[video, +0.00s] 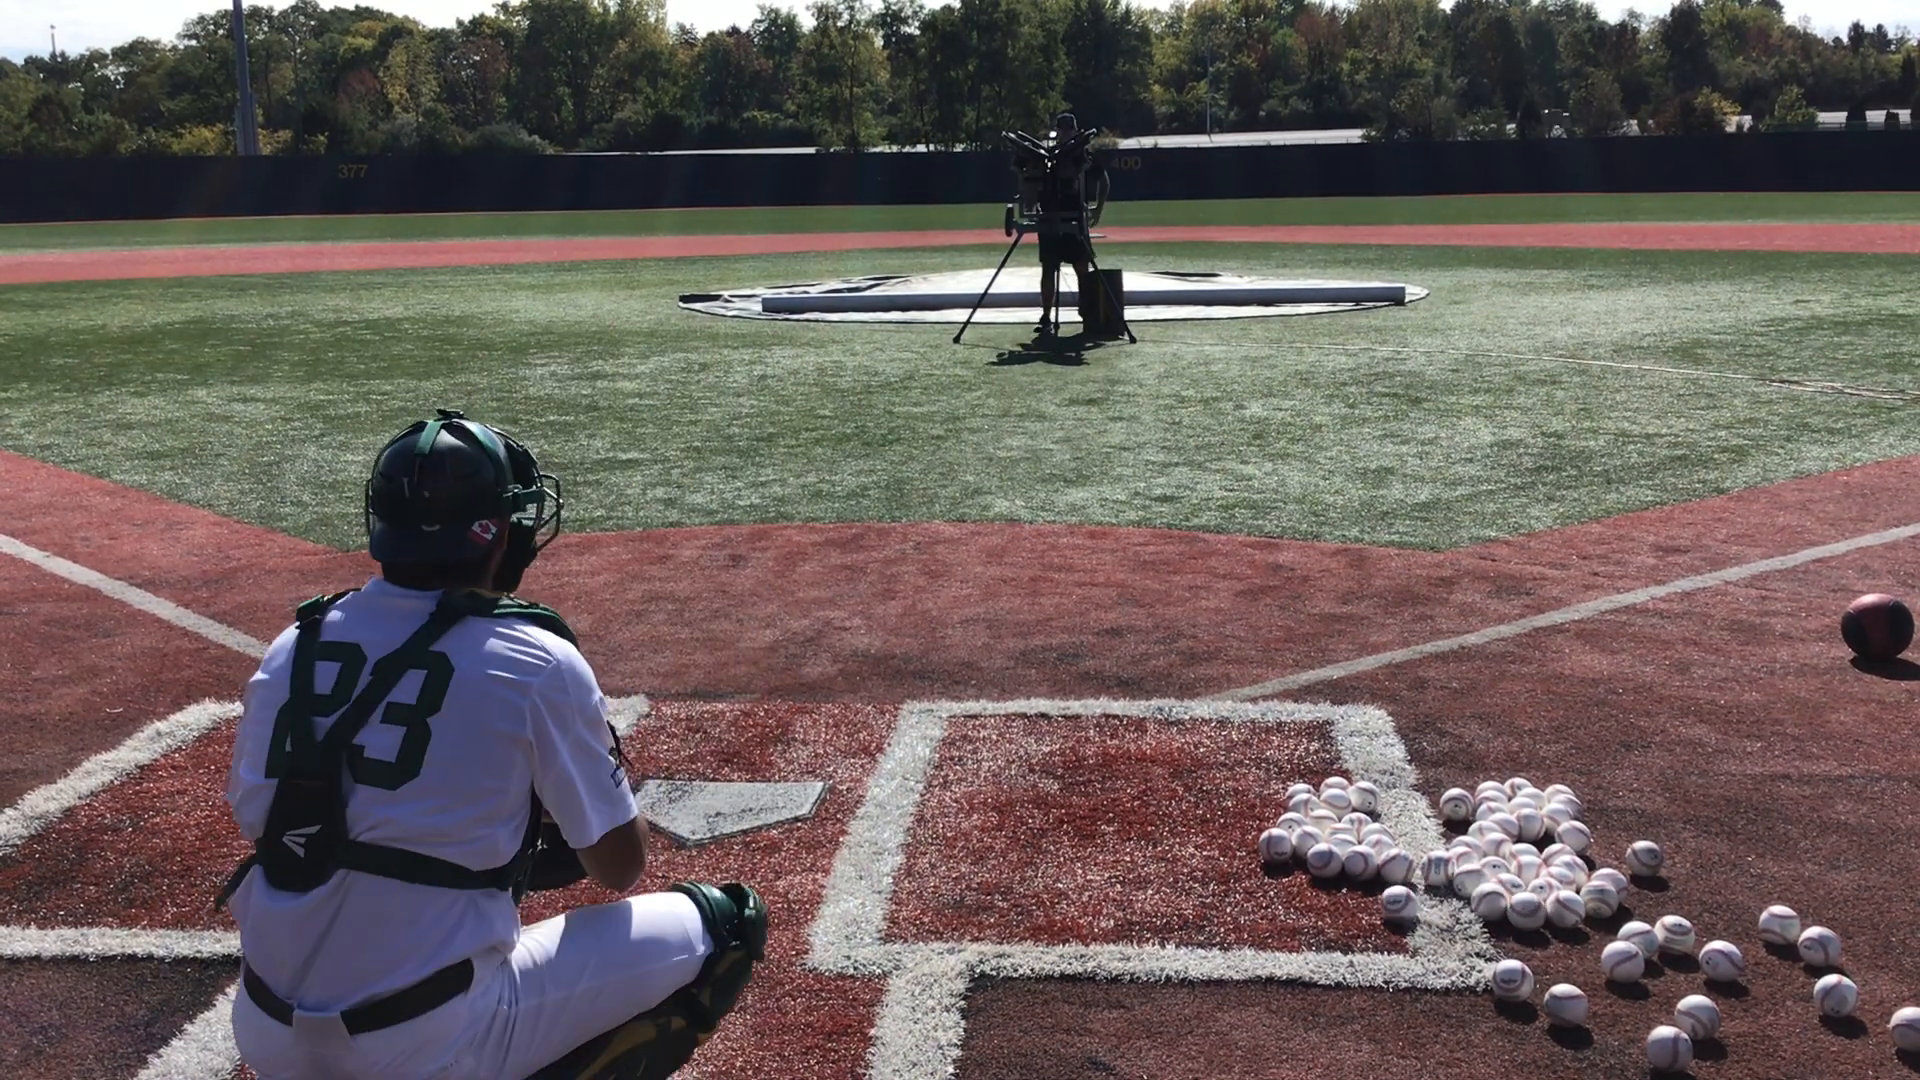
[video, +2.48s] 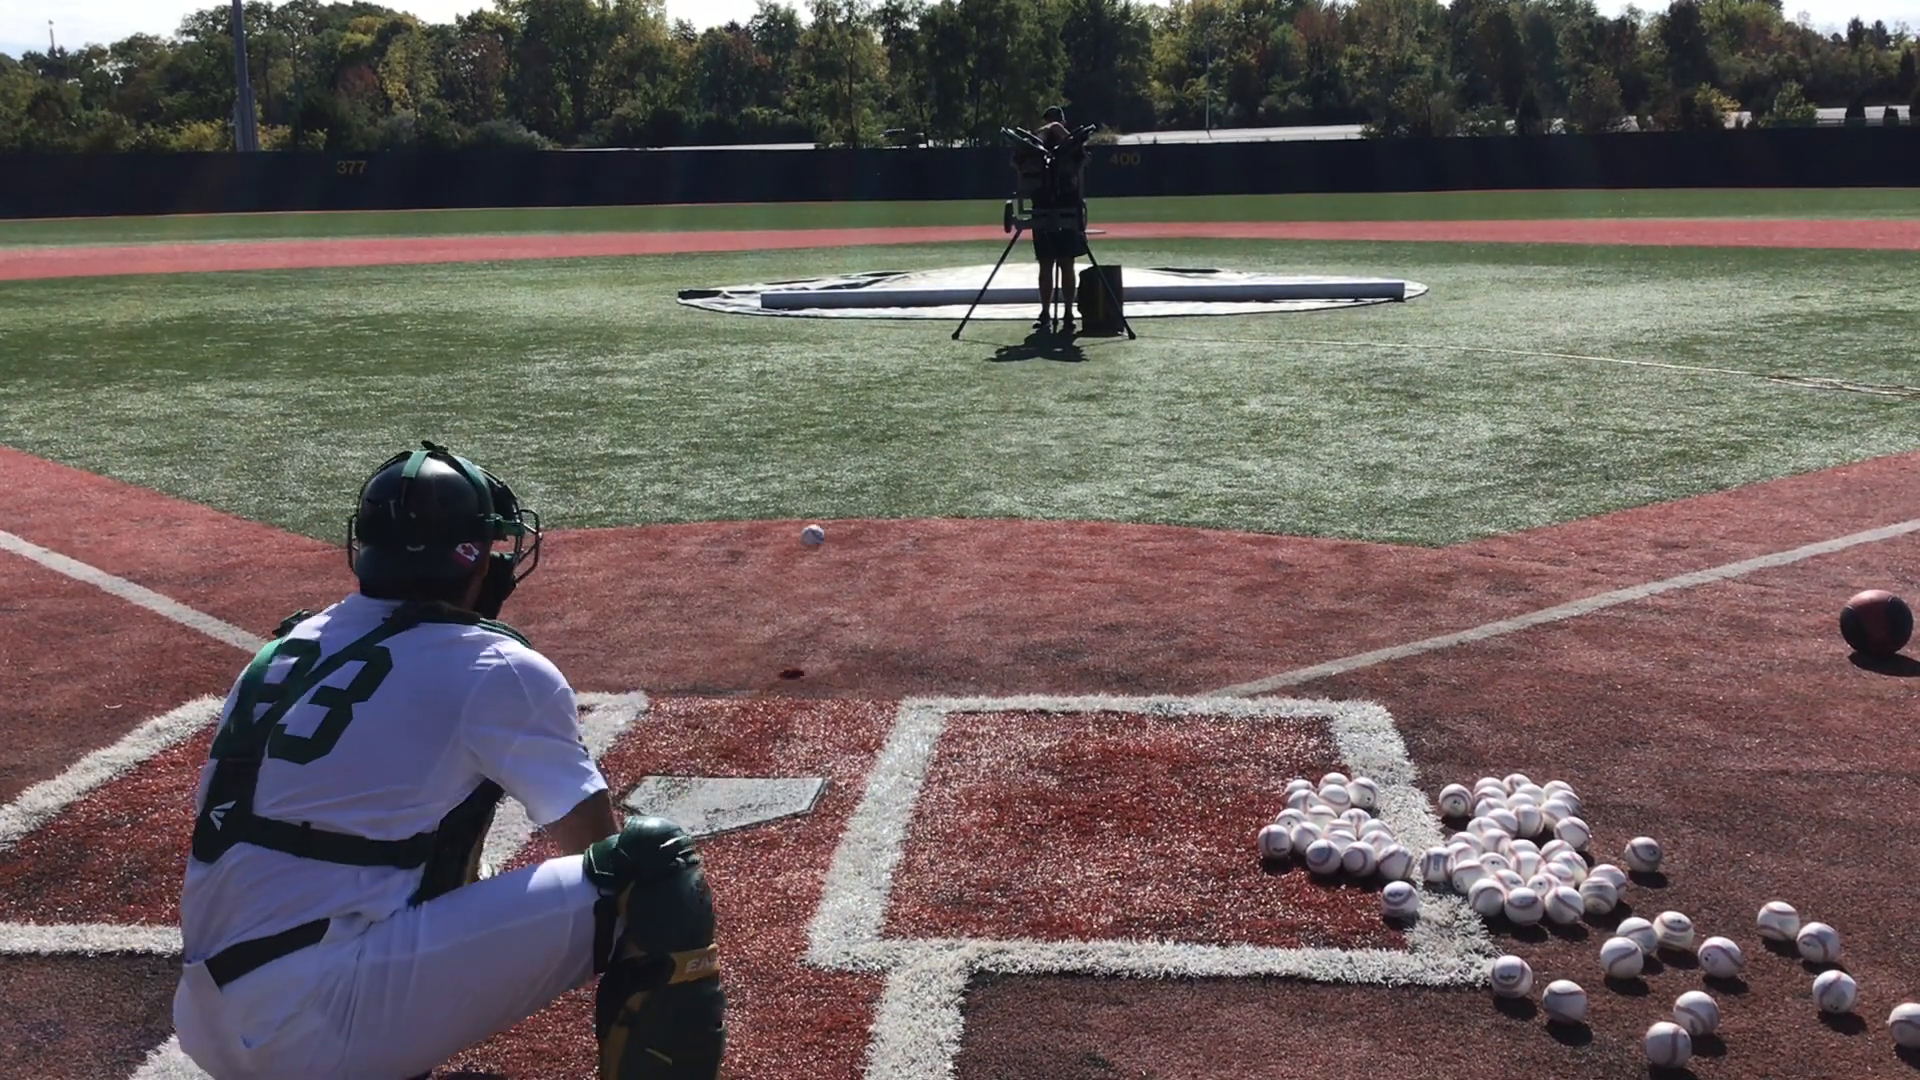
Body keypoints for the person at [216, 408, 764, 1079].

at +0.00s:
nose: (526, 534)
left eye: (521, 517)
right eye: (518, 519)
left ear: (384, 527)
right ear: (493, 540)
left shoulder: (293, 647)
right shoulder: (535, 663)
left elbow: (253, 818)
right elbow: (617, 867)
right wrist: (606, 772)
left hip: (266, 1036)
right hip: (425, 1047)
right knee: (727, 925)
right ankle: (558, 1070)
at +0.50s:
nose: (523, 576)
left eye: (520, 561)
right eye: (515, 565)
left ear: (384, 566)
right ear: (490, 583)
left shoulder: (300, 660)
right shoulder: (526, 683)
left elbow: (242, 838)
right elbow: (613, 888)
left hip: (232, 1045)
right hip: (398, 1058)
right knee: (703, 911)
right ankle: (563, 1064)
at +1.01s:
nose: (532, 578)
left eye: (529, 563)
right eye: (524, 567)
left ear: (390, 572)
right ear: (498, 588)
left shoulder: (303, 667)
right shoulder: (543, 686)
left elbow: (246, 857)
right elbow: (622, 892)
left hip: (242, 1048)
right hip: (416, 1061)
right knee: (701, 907)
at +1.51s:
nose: (536, 443)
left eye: (532, 427)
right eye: (529, 429)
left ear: (402, 433)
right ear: (510, 441)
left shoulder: (327, 519)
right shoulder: (558, 521)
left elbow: (245, 700)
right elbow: (711, 697)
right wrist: (608, 684)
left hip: (269, 880)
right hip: (446, 888)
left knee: (243, 793)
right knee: (705, 824)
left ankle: (255, 1068)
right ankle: (620, 1066)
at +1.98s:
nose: (528, 552)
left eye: (526, 536)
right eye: (519, 538)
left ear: (393, 544)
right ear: (494, 555)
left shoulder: (318, 625)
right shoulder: (515, 644)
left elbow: (229, 781)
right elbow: (715, 779)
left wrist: (489, 815)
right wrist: (618, 802)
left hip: (187, 987)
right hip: (356, 1001)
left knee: (194, 872)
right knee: (669, 859)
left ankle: (173, 1065)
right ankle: (664, 1063)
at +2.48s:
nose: (505, 563)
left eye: (502, 545)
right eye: (497, 549)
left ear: (365, 555)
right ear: (473, 566)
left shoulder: (295, 637)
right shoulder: (493, 670)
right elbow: (591, 831)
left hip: (206, 1017)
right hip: (316, 1018)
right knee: (652, 872)